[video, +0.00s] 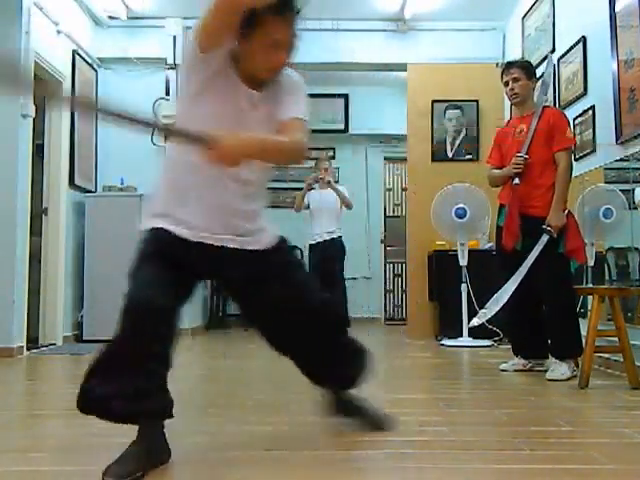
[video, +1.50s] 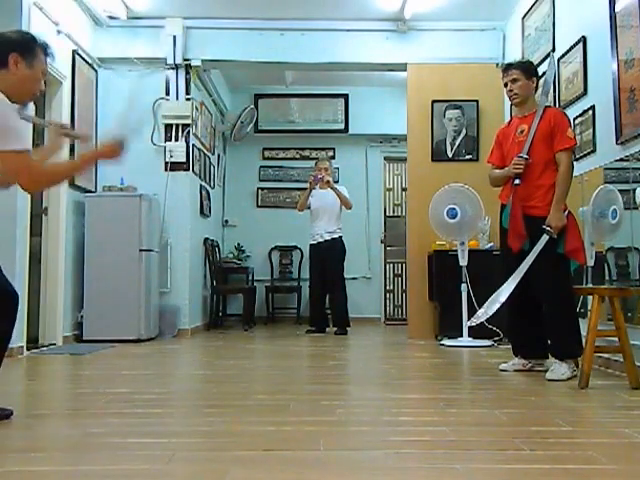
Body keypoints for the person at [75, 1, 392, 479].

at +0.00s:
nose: (279, 56)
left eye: (286, 46)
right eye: (270, 44)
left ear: (291, 45)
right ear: (240, 37)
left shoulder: (288, 85)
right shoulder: (205, 64)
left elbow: (296, 146)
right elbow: (226, 9)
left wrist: (250, 146)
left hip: (247, 234)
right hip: (177, 225)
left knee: (310, 315)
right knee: (144, 313)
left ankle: (341, 395)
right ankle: (150, 434)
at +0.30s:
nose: (138, 5)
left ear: (177, 6)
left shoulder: (198, 62)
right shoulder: (85, 35)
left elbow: (197, 122)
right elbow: (4, 41)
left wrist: (105, 89)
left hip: (118, 222)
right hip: (54, 191)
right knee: (85, 312)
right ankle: (57, 453)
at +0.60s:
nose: (124, 6)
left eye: (127, 1)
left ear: (117, 9)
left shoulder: (112, 44)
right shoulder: (21, 17)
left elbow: (129, 98)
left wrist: (30, 74)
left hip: (46, 222)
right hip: (6, 207)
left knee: (71, 331)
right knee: (42, 304)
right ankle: (16, 459)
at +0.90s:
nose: (72, 38)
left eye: (76, 28)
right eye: (70, 24)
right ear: (32, 8)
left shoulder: (42, 65)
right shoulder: (6, 47)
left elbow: (94, 93)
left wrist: (149, 115)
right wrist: (20, 7)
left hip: (13, 223)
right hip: (3, 224)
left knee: (29, 317)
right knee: (30, 315)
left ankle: (18, 449)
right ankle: (14, 451)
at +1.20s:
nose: (48, 76)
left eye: (51, 67)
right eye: (45, 63)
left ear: (15, 53)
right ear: (12, 49)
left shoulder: (8, 96)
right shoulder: (12, 102)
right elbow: (49, 175)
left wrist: (36, 115)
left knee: (6, 297)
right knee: (5, 297)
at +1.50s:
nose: (42, 86)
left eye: (44, 78)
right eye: (40, 75)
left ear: (14, 66)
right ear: (14, 64)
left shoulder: (8, 110)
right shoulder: (6, 110)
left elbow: (14, 173)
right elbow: (32, 180)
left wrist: (54, 144)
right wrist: (93, 156)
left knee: (8, 301)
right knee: (7, 302)